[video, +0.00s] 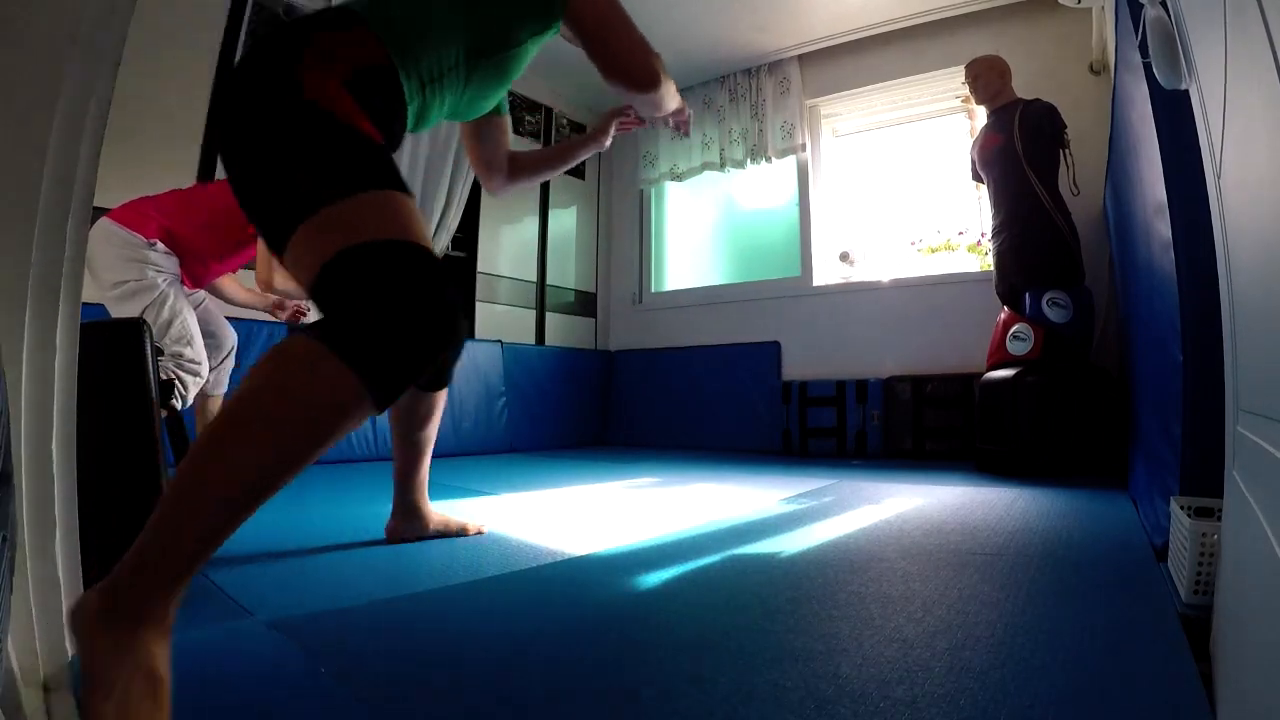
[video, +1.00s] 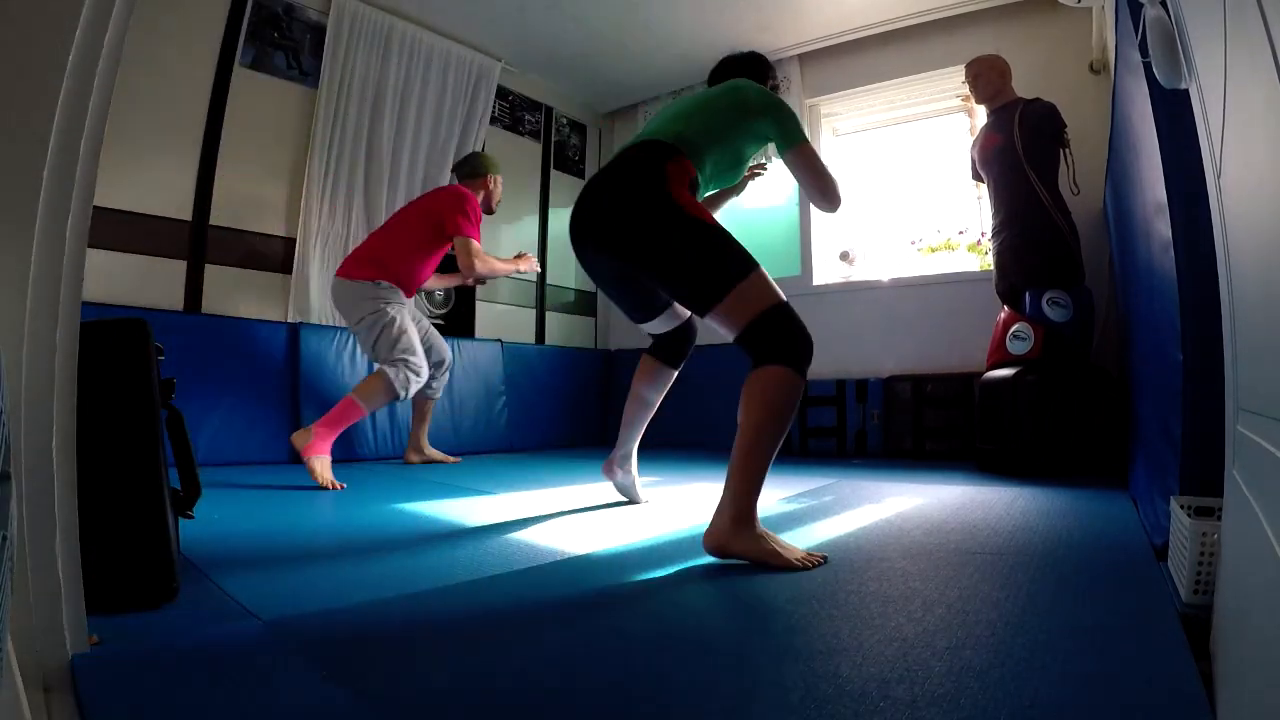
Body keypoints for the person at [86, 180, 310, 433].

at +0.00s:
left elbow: (209, 274)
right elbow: (273, 280)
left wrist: (270, 304)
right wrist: (322, 290)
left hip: (166, 259)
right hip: (133, 245)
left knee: (221, 341)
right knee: (187, 365)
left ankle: (209, 458)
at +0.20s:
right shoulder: (293, 175)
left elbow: (234, 260)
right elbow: (282, 252)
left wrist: (290, 292)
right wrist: (348, 272)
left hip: (190, 255)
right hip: (154, 237)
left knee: (233, 345)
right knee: (193, 358)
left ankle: (207, 455)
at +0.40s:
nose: (388, 165)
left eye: (390, 156)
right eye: (388, 154)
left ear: (354, 144)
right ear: (373, 147)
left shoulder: (317, 169)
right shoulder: (334, 163)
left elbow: (254, 249)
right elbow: (326, 245)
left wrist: (314, 267)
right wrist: (388, 258)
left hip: (226, 256)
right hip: (194, 245)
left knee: (283, 327)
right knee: (236, 364)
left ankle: (239, 429)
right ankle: (152, 438)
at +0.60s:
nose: (429, 171)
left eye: (429, 163)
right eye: (428, 162)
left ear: (399, 156)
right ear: (413, 158)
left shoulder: (364, 178)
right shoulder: (382, 175)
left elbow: (303, 252)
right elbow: (380, 246)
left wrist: (357, 273)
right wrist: (435, 255)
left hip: (278, 265)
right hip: (251, 254)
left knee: (320, 349)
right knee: (277, 362)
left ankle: (313, 451)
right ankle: (176, 436)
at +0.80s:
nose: (466, 181)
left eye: (468, 173)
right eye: (467, 172)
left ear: (437, 162)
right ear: (455, 164)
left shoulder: (404, 181)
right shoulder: (420, 176)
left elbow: (358, 260)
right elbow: (423, 246)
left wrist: (414, 267)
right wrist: (474, 254)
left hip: (326, 263)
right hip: (308, 259)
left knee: (388, 335)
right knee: (361, 349)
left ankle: (347, 425)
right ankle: (288, 453)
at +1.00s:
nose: (501, 193)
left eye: (501, 185)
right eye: (500, 184)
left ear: (464, 180)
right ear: (489, 182)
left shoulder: (444, 204)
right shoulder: (462, 200)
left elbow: (423, 280)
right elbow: (473, 263)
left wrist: (467, 277)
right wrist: (516, 265)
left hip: (391, 292)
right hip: (369, 286)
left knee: (436, 358)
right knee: (407, 368)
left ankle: (418, 445)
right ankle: (317, 436)